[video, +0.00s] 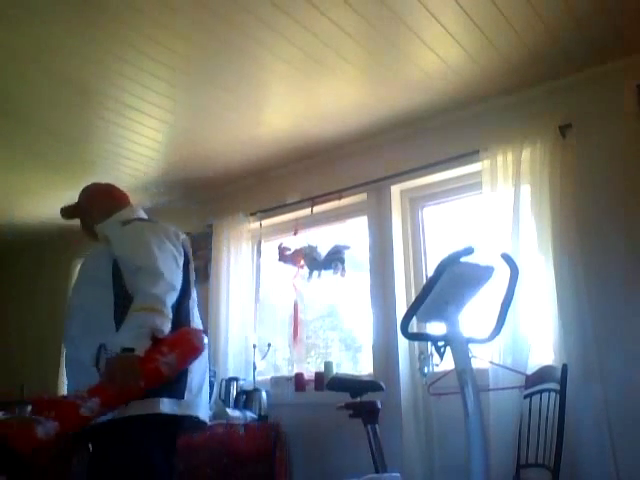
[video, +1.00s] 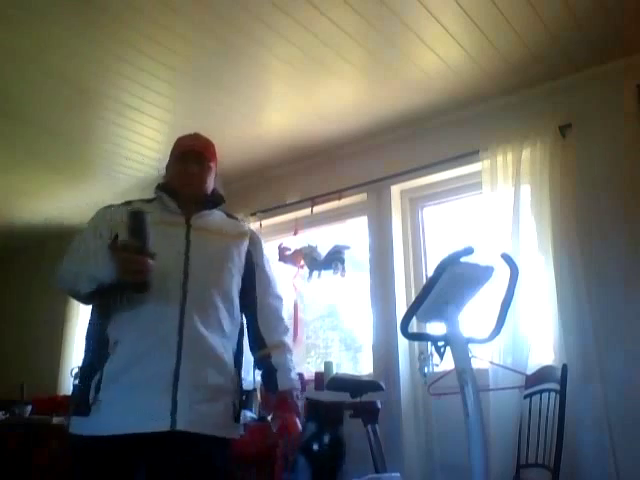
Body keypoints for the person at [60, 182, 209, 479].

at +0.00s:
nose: (82, 228)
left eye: (83, 218)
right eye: (80, 220)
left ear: (97, 213)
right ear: (119, 207)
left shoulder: (137, 232)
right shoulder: (108, 252)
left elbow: (156, 286)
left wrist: (131, 348)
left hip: (143, 407)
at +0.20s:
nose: (91, 215)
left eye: (96, 205)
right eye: (90, 207)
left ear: (117, 201)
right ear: (123, 202)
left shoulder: (160, 237)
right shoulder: (113, 252)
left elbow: (183, 304)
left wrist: (161, 363)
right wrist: (83, 368)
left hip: (148, 420)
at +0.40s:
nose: (116, 193)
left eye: (124, 185)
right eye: (115, 186)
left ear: (150, 188)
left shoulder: (185, 236)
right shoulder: (117, 249)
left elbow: (218, 308)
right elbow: (102, 324)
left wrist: (209, 373)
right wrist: (40, 321)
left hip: (160, 418)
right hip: (100, 419)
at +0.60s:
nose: (155, 189)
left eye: (165, 181)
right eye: (148, 180)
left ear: (184, 189)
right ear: (137, 185)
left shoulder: (212, 241)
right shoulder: (106, 242)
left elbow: (255, 325)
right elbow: (79, 305)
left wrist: (249, 398)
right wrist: (30, 288)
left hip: (181, 421)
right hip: (105, 421)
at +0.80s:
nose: (179, 170)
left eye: (189, 165)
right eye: (170, 165)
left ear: (206, 179)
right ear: (158, 177)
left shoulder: (235, 239)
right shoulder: (110, 233)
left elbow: (270, 317)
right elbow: (77, 298)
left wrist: (284, 384)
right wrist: (74, 271)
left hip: (197, 426)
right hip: (106, 423)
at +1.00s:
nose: (190, 166)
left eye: (201, 160)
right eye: (182, 158)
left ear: (215, 173)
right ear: (166, 168)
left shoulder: (242, 238)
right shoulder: (117, 219)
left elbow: (268, 322)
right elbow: (70, 276)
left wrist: (285, 396)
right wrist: (109, 266)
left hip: (206, 424)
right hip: (117, 421)